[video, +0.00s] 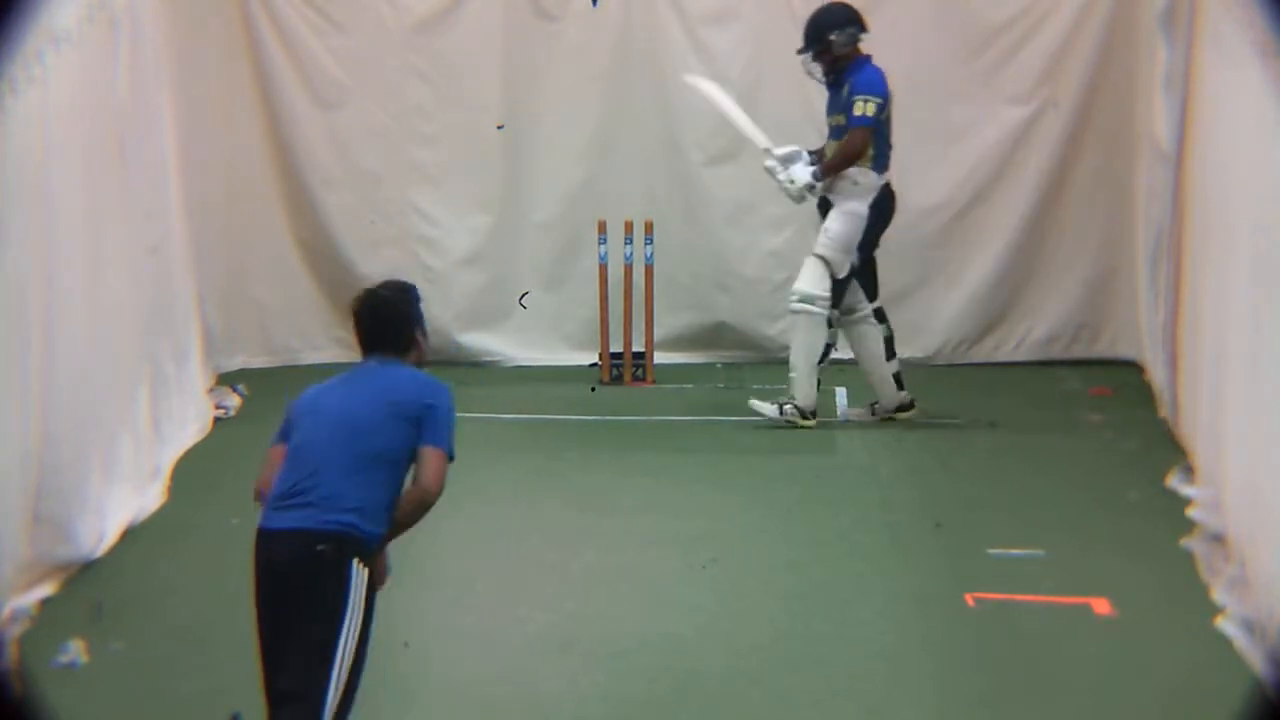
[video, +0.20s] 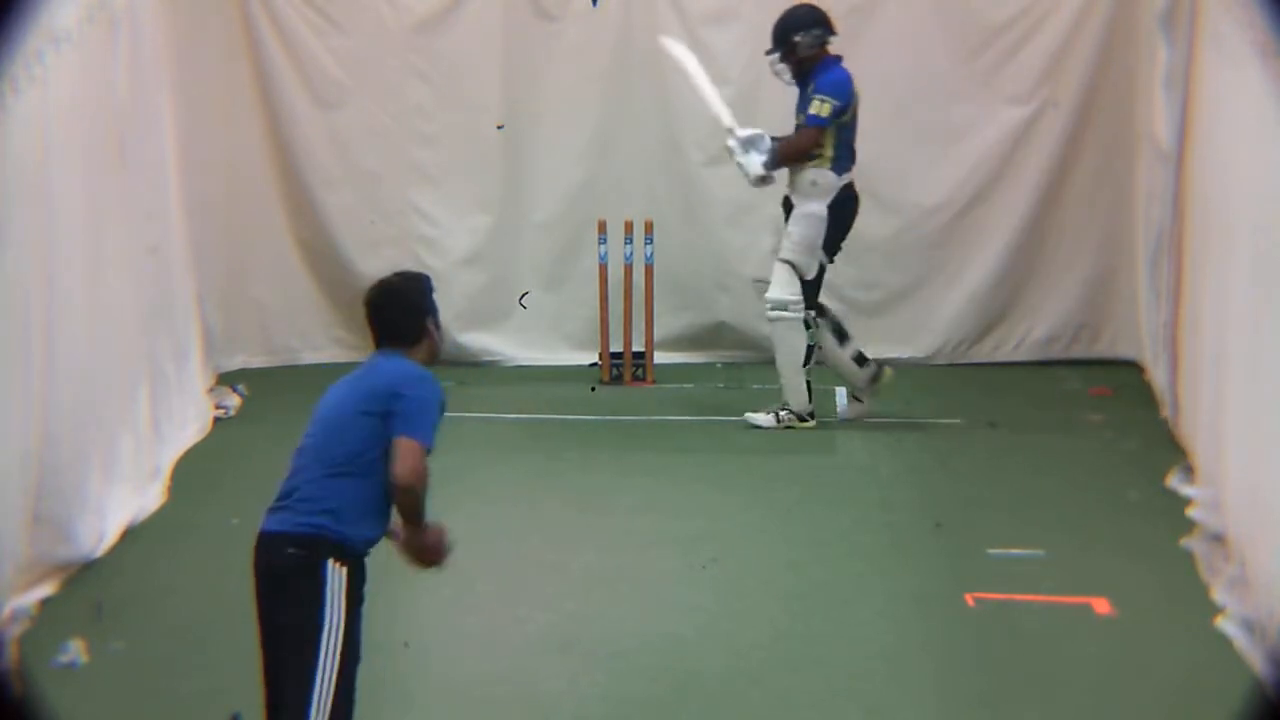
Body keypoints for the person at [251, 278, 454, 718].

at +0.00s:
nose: (428, 334)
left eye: (425, 324)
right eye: (425, 325)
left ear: (361, 338)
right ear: (417, 335)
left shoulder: (312, 395)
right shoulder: (428, 392)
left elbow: (266, 487)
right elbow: (428, 487)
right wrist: (376, 538)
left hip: (273, 544)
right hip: (338, 549)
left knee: (283, 692)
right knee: (323, 697)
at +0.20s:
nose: (441, 328)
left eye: (437, 317)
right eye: (438, 318)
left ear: (377, 330)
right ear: (430, 326)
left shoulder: (356, 379)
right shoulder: (415, 382)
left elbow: (345, 470)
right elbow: (406, 475)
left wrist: (397, 530)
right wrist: (416, 530)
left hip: (280, 547)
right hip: (321, 554)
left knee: (290, 700)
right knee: (319, 704)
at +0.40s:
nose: (453, 329)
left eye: (450, 317)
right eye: (446, 317)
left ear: (418, 323)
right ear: (423, 322)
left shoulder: (402, 389)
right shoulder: (377, 385)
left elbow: (414, 463)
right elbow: (343, 475)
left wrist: (483, 475)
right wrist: (408, 526)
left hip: (345, 573)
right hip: (318, 574)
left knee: (344, 708)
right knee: (323, 711)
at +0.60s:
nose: (446, 337)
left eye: (447, 324)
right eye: (439, 323)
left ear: (404, 320)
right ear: (400, 318)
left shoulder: (421, 394)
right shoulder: (340, 389)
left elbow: (435, 473)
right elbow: (299, 475)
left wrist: (486, 449)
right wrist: (375, 533)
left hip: (398, 584)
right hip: (336, 586)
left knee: (417, 709)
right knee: (347, 712)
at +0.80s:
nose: (454, 348)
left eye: (456, 336)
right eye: (445, 336)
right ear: (401, 328)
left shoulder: (448, 405)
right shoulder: (337, 406)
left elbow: (461, 492)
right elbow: (304, 499)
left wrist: (492, 472)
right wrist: (389, 541)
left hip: (430, 602)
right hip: (349, 606)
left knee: (459, 711)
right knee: (342, 712)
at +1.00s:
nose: (482, 374)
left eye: (486, 362)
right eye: (473, 361)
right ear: (430, 353)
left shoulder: (489, 429)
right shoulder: (374, 430)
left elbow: (503, 516)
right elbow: (332, 523)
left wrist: (525, 505)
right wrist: (409, 574)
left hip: (464, 625)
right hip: (380, 625)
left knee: (471, 711)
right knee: (366, 711)